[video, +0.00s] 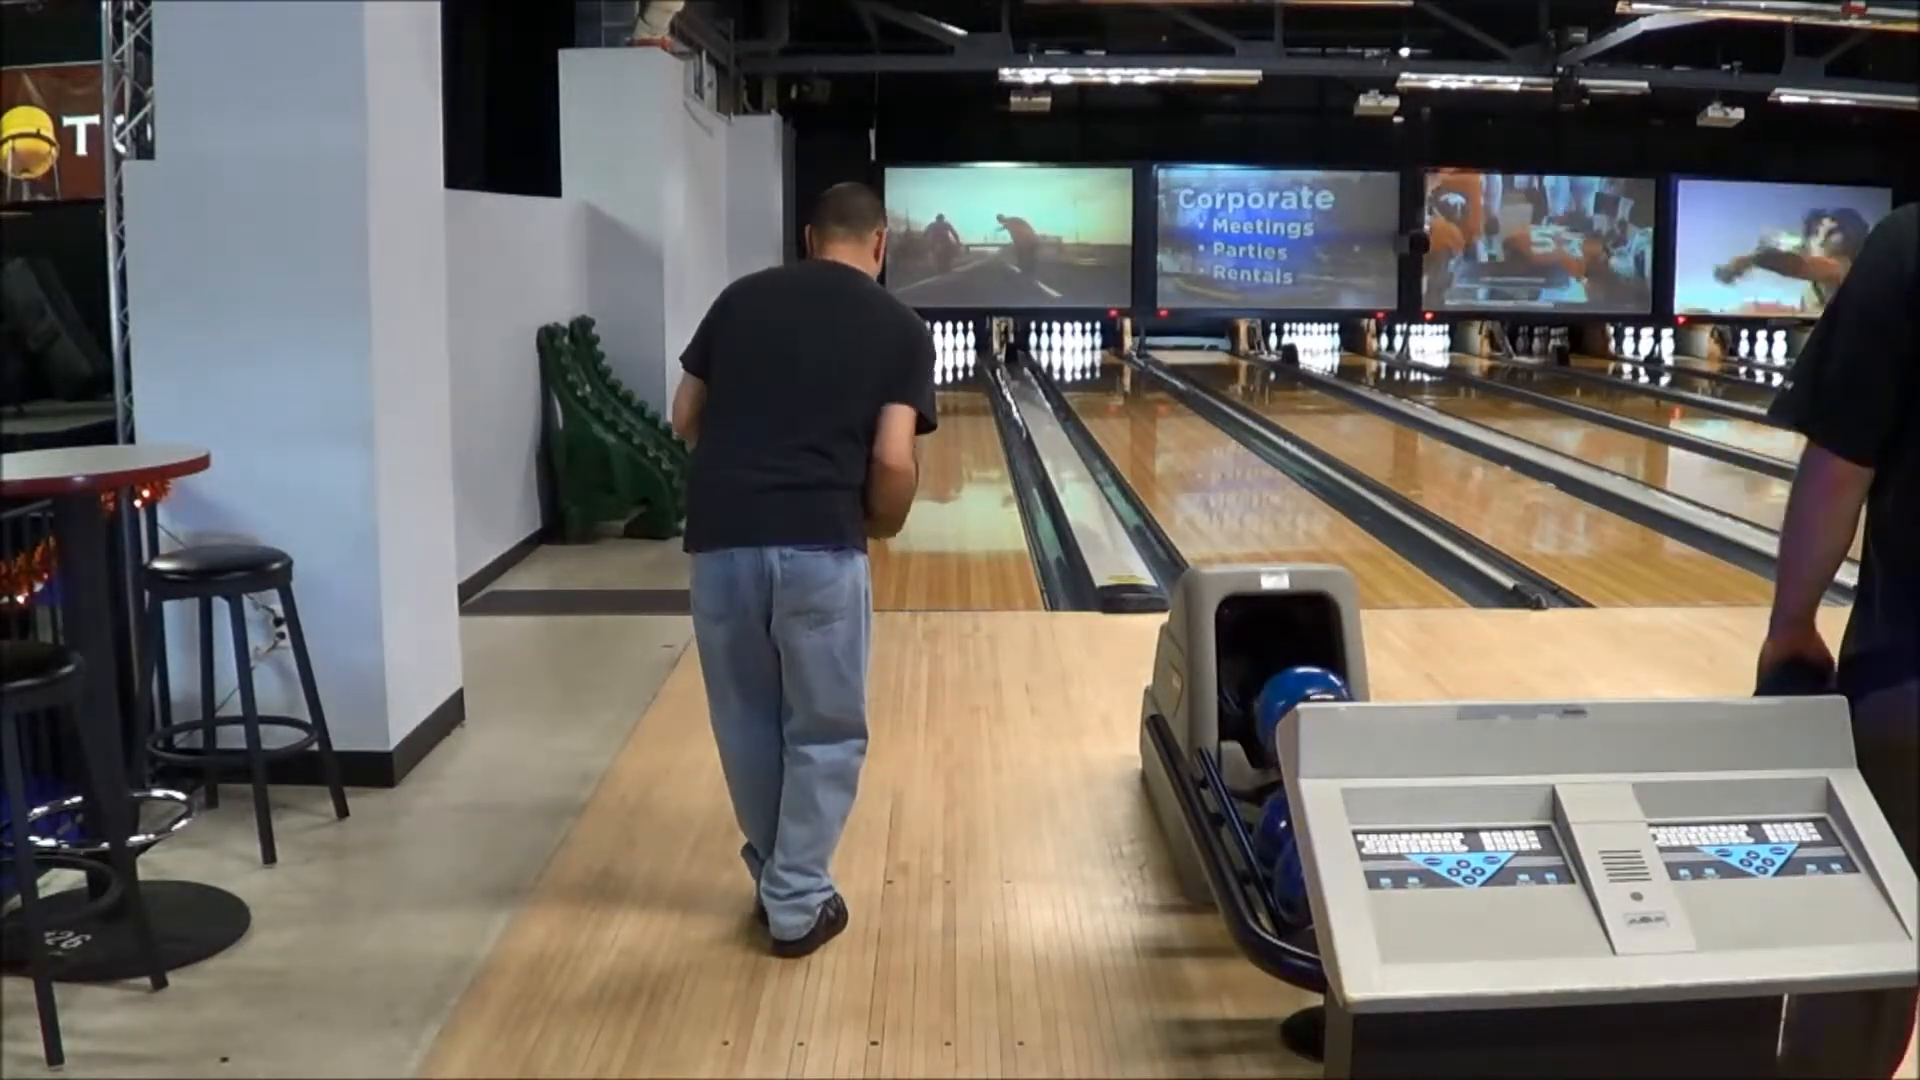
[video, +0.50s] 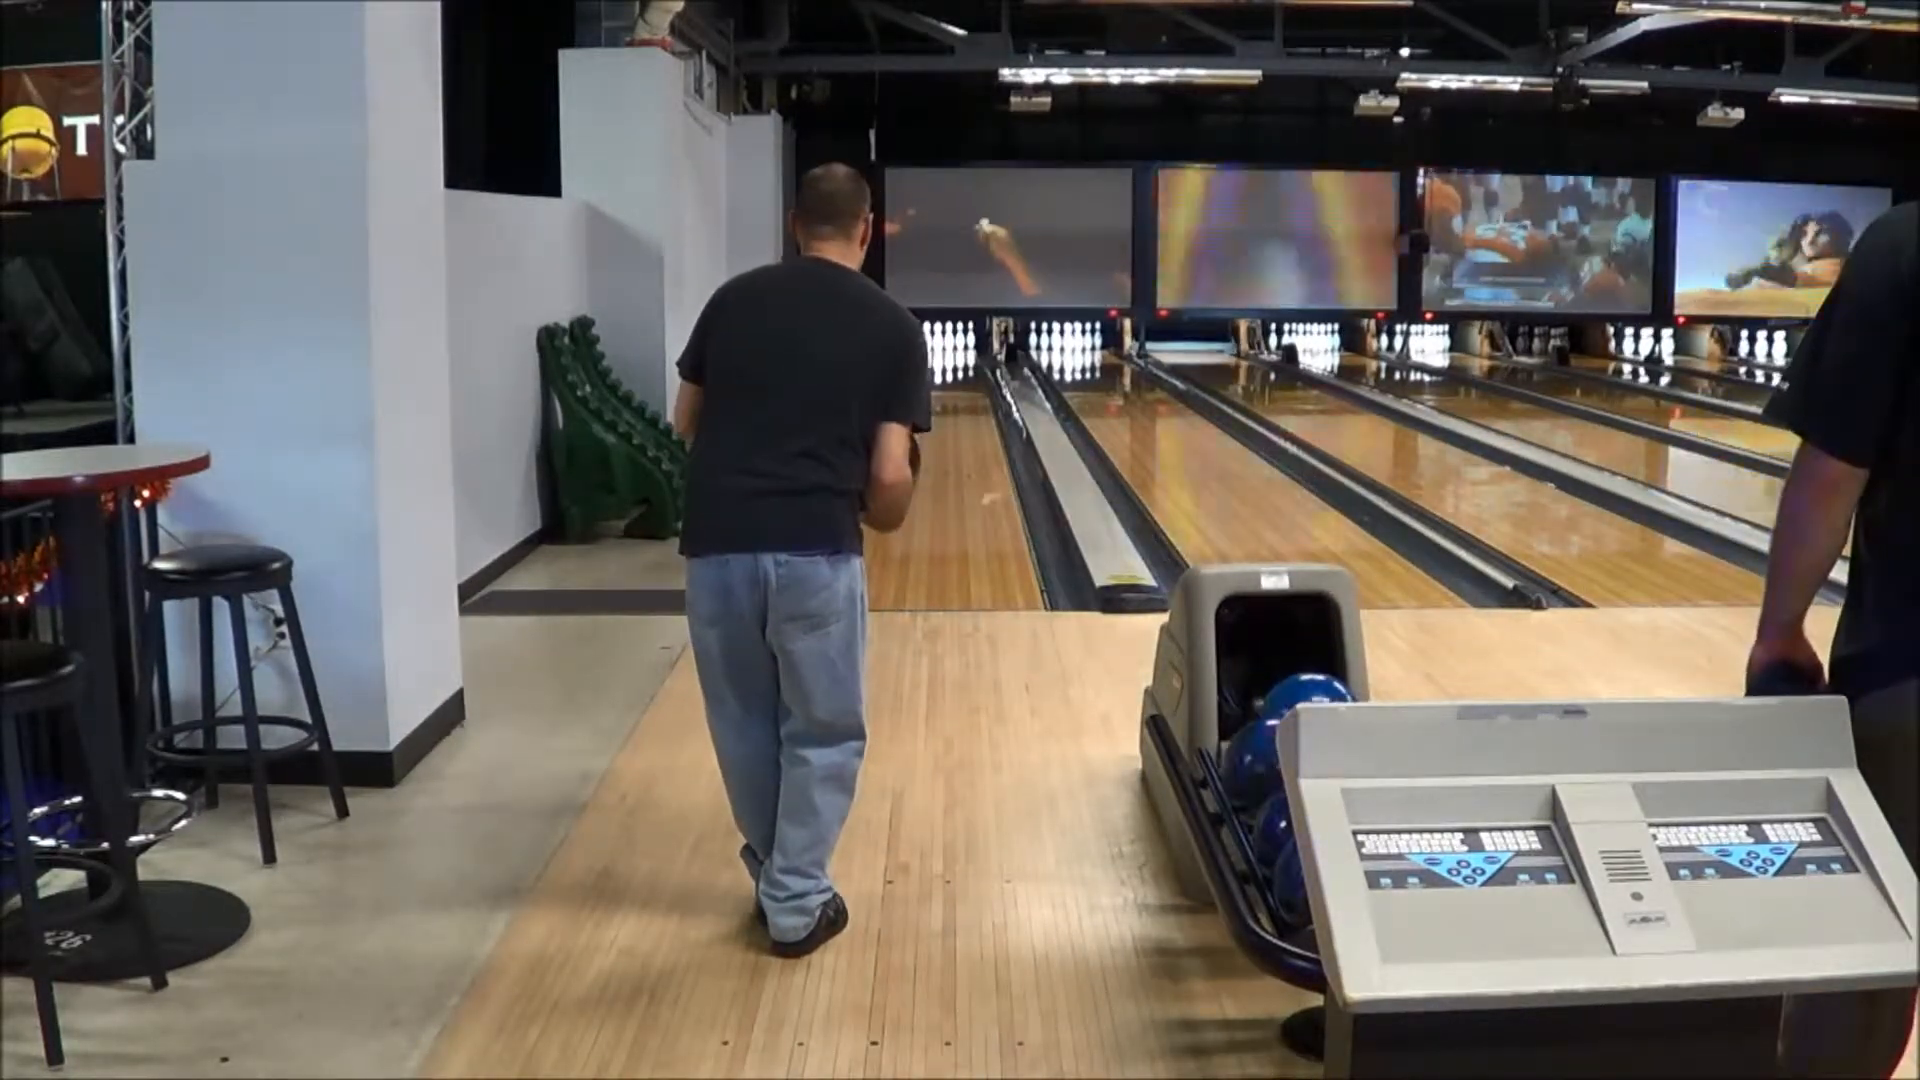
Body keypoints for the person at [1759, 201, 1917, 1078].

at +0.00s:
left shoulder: (1904, 248)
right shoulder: (1899, 249)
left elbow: (1840, 458)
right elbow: (1841, 458)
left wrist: (1791, 622)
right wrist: (1795, 622)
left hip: (1899, 676)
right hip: (1891, 667)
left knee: (1876, 922)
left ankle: (1838, 1059)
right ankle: (1839, 1054)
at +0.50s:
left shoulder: (1899, 248)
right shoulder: (1894, 249)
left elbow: (1832, 464)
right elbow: (1834, 463)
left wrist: (1780, 627)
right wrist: (1784, 627)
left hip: (1898, 669)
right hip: (1888, 663)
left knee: (1873, 918)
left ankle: (1836, 1060)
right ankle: (1835, 1055)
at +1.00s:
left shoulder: (1898, 244)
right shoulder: (1893, 244)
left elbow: (1826, 462)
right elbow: (1827, 462)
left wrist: (1769, 630)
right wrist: (1775, 631)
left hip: (1897, 670)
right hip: (1887, 663)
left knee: (1872, 935)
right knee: (1868, 932)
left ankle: (1843, 1059)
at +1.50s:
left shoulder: (1893, 240)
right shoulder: (1888, 241)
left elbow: (1815, 460)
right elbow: (1816, 460)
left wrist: (1760, 621)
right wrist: (1765, 620)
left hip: (1892, 665)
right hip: (1883, 660)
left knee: (1867, 930)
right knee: (1863, 927)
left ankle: (1837, 1062)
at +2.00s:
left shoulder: (1890, 240)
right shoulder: (1885, 240)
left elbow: (1813, 453)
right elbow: (1814, 453)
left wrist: (1754, 620)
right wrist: (1758, 620)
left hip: (1891, 669)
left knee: (1863, 938)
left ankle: (1834, 1061)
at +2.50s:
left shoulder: (1890, 241)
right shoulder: (1886, 241)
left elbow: (1813, 460)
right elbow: (1814, 460)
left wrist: (1759, 623)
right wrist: (1763, 624)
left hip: (1893, 671)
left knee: (1869, 936)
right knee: (1864, 933)